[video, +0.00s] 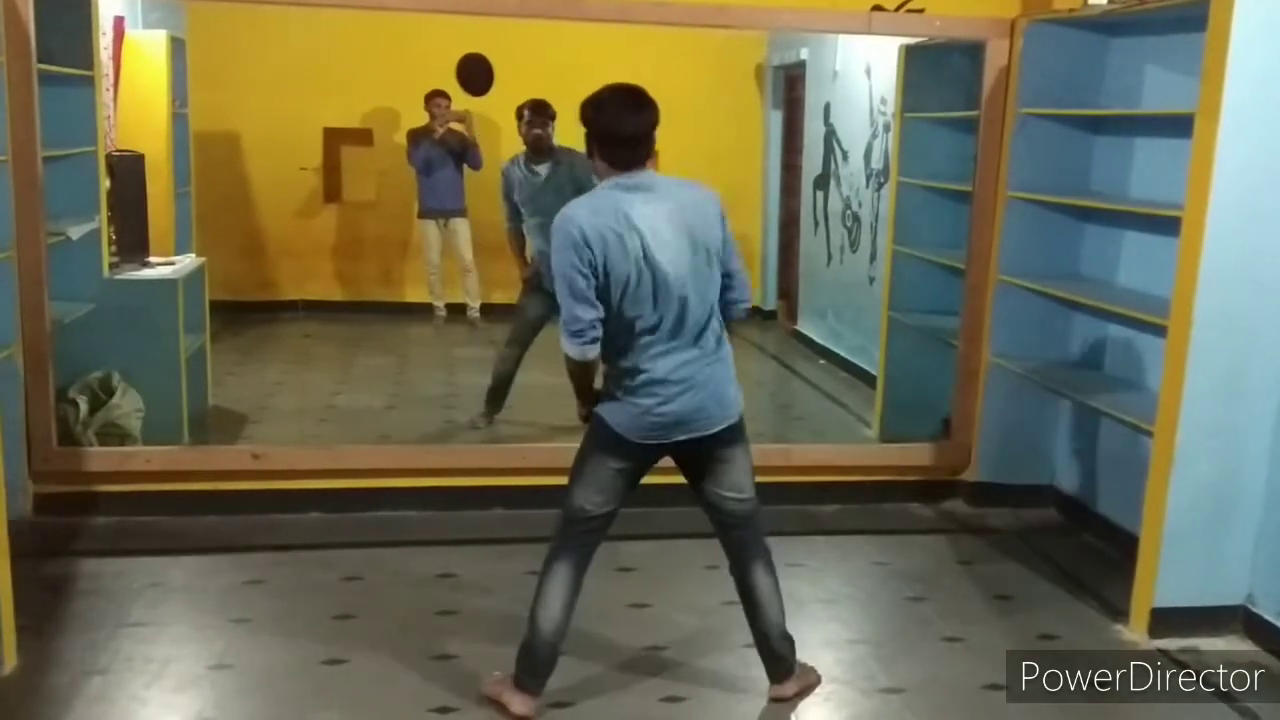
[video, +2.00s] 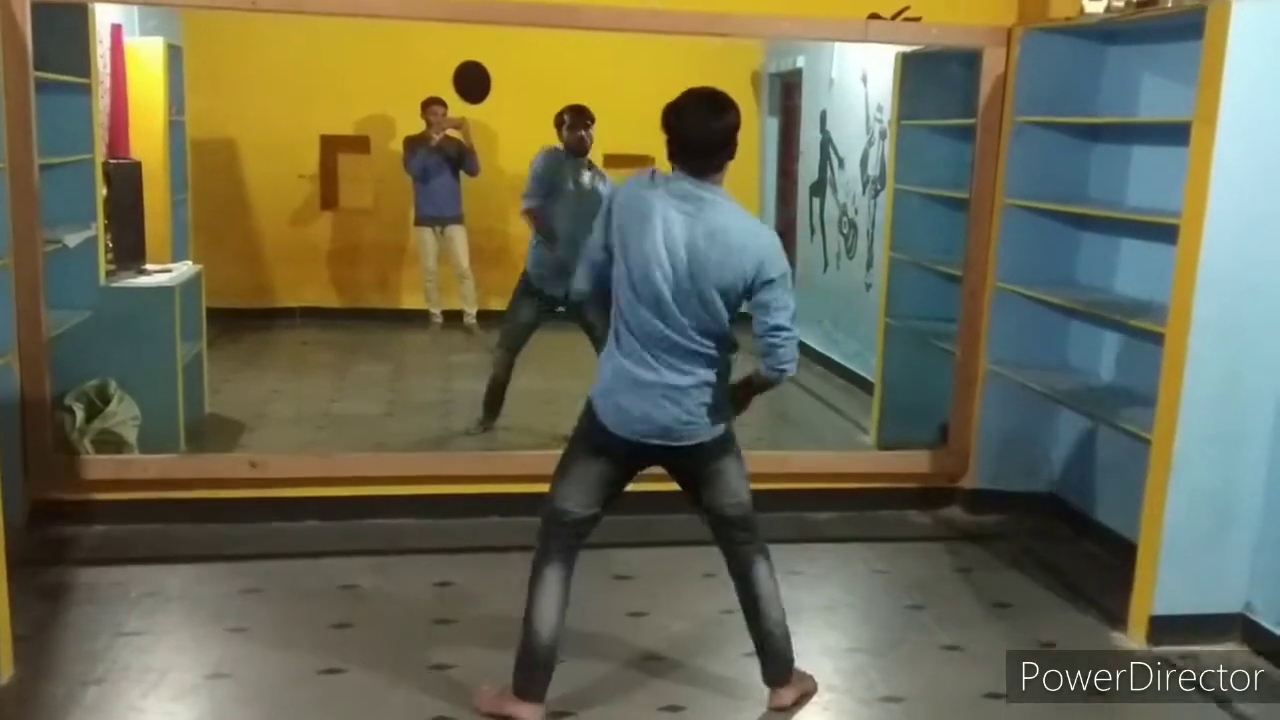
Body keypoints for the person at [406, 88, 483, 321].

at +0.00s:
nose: (440, 111)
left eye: (445, 106)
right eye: (436, 106)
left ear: (450, 110)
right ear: (427, 109)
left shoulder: (457, 136)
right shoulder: (417, 135)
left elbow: (476, 163)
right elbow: (416, 161)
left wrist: (469, 132)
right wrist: (436, 135)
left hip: (456, 209)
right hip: (429, 210)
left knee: (467, 262)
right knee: (433, 264)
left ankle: (474, 310)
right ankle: (438, 309)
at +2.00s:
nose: (437, 118)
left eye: (441, 114)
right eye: (432, 114)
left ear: (447, 117)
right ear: (424, 116)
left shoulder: (454, 143)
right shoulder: (413, 142)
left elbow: (473, 169)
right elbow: (412, 169)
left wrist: (467, 138)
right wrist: (431, 143)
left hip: (453, 216)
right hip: (425, 217)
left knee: (463, 269)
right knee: (429, 270)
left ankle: (470, 316)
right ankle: (435, 315)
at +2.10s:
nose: (438, 124)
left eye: (442, 119)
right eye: (433, 119)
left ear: (448, 122)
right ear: (425, 121)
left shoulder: (454, 148)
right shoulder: (414, 147)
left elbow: (474, 175)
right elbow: (414, 174)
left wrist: (468, 143)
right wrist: (433, 148)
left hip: (454, 221)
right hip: (426, 222)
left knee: (464, 274)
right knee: (430, 275)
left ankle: (471, 321)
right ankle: (436, 319)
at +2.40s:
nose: (444, 143)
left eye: (448, 139)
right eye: (440, 139)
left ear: (453, 142)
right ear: (431, 141)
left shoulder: (460, 168)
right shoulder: (420, 167)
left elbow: (478, 193)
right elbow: (418, 192)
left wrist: (473, 163)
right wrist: (438, 167)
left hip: (459, 240)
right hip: (432, 241)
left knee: (470, 293)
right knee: (436, 294)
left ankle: (476, 339)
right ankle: (441, 338)